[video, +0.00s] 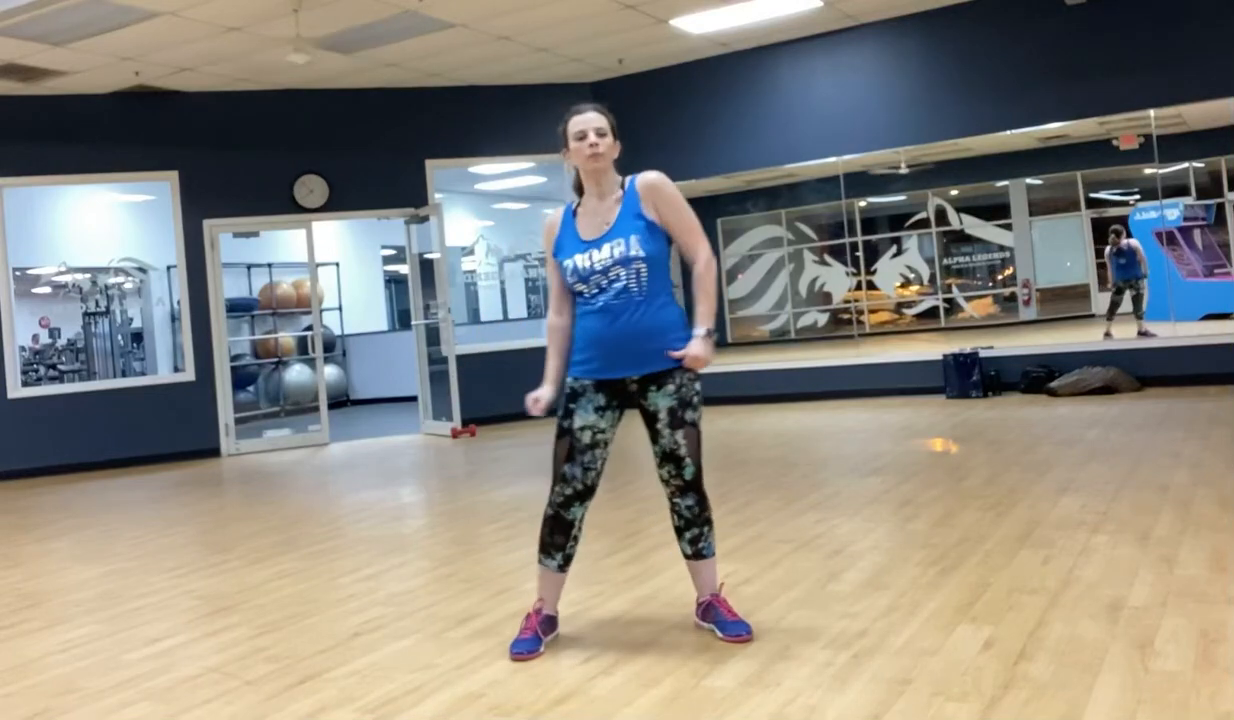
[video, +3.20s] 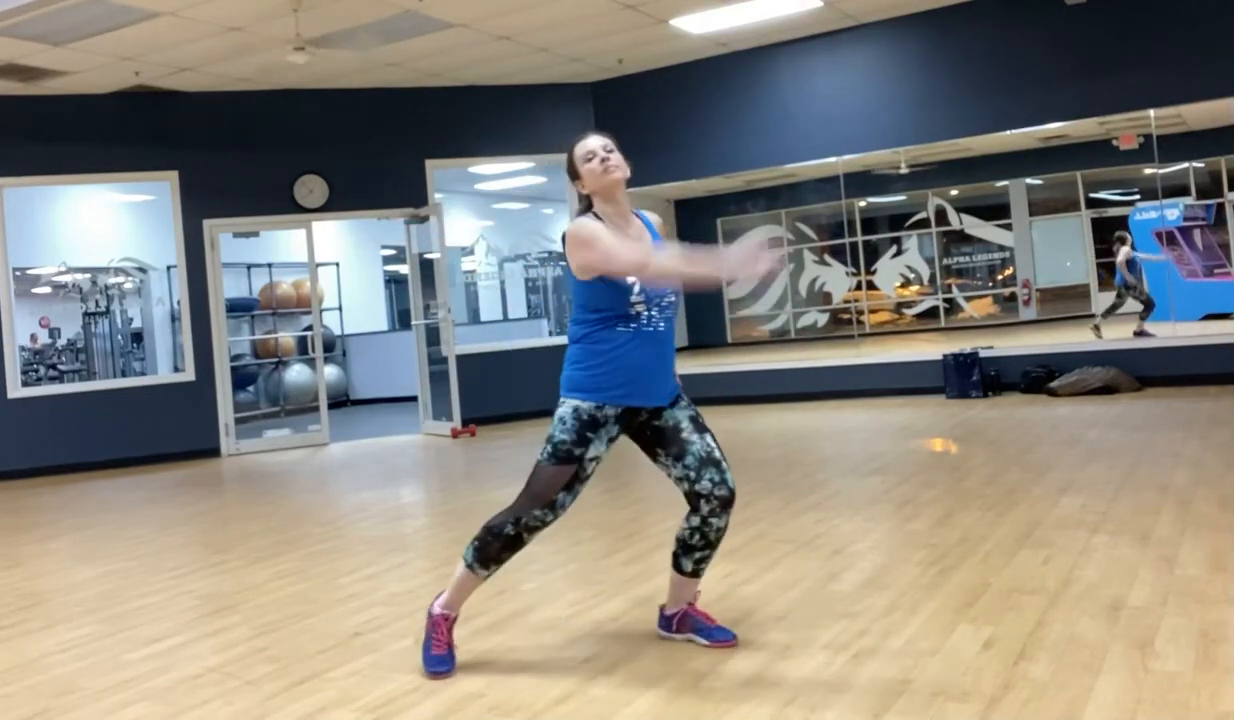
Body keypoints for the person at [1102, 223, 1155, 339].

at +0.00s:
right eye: (1124, 234)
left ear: (1113, 236)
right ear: (1123, 234)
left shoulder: (1109, 249)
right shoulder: (1133, 243)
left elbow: (1109, 267)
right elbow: (1142, 257)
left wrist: (1110, 281)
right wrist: (1145, 271)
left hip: (1120, 280)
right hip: (1136, 278)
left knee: (1114, 304)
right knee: (1138, 304)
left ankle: (1107, 330)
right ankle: (1141, 328)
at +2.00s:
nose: (1125, 234)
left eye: (1124, 232)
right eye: (1123, 232)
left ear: (1112, 236)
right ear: (1120, 235)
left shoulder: (1107, 249)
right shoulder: (1128, 247)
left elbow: (1099, 263)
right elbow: (1139, 262)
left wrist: (1103, 280)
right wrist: (1158, 268)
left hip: (1117, 281)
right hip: (1134, 279)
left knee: (1114, 306)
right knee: (1136, 305)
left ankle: (1108, 330)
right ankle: (1141, 328)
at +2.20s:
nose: (1123, 234)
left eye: (1121, 232)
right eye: (1121, 232)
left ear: (1109, 236)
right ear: (1118, 235)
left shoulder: (1103, 248)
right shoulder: (1124, 248)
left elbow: (1093, 260)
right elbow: (1129, 265)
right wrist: (1142, 272)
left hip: (1112, 281)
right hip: (1127, 279)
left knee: (1113, 305)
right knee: (1133, 303)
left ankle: (1108, 329)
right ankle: (1140, 327)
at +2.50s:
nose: (1121, 234)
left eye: (1119, 232)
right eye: (1119, 232)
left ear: (1107, 235)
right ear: (1117, 234)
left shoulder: (1103, 246)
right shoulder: (1122, 246)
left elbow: (1090, 251)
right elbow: (1127, 262)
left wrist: (1076, 256)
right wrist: (1133, 276)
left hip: (1109, 280)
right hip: (1123, 279)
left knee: (1111, 304)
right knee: (1137, 299)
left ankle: (1107, 330)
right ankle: (1140, 325)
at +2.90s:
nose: (1129, 234)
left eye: (1128, 232)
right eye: (1127, 233)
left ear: (1117, 237)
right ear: (1124, 236)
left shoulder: (1116, 247)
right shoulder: (1129, 245)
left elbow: (1103, 256)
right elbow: (1128, 259)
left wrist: (1090, 260)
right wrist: (1133, 276)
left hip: (1118, 280)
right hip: (1128, 280)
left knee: (1119, 302)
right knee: (1145, 302)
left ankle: (1101, 322)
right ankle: (1139, 328)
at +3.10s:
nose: (1131, 236)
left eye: (1129, 235)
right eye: (1129, 235)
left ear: (1120, 240)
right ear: (1126, 238)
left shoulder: (1121, 249)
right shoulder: (1127, 248)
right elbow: (1120, 261)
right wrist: (1128, 276)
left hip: (1121, 284)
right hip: (1129, 283)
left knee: (1118, 303)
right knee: (1149, 303)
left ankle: (1098, 323)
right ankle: (1139, 328)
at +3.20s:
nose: (1130, 237)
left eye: (1129, 235)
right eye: (1128, 236)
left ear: (1119, 241)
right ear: (1126, 239)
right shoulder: (1126, 249)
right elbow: (1120, 262)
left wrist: (1163, 257)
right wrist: (1128, 277)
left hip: (1122, 284)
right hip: (1129, 284)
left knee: (1117, 304)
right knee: (1149, 304)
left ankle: (1097, 323)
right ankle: (1139, 328)